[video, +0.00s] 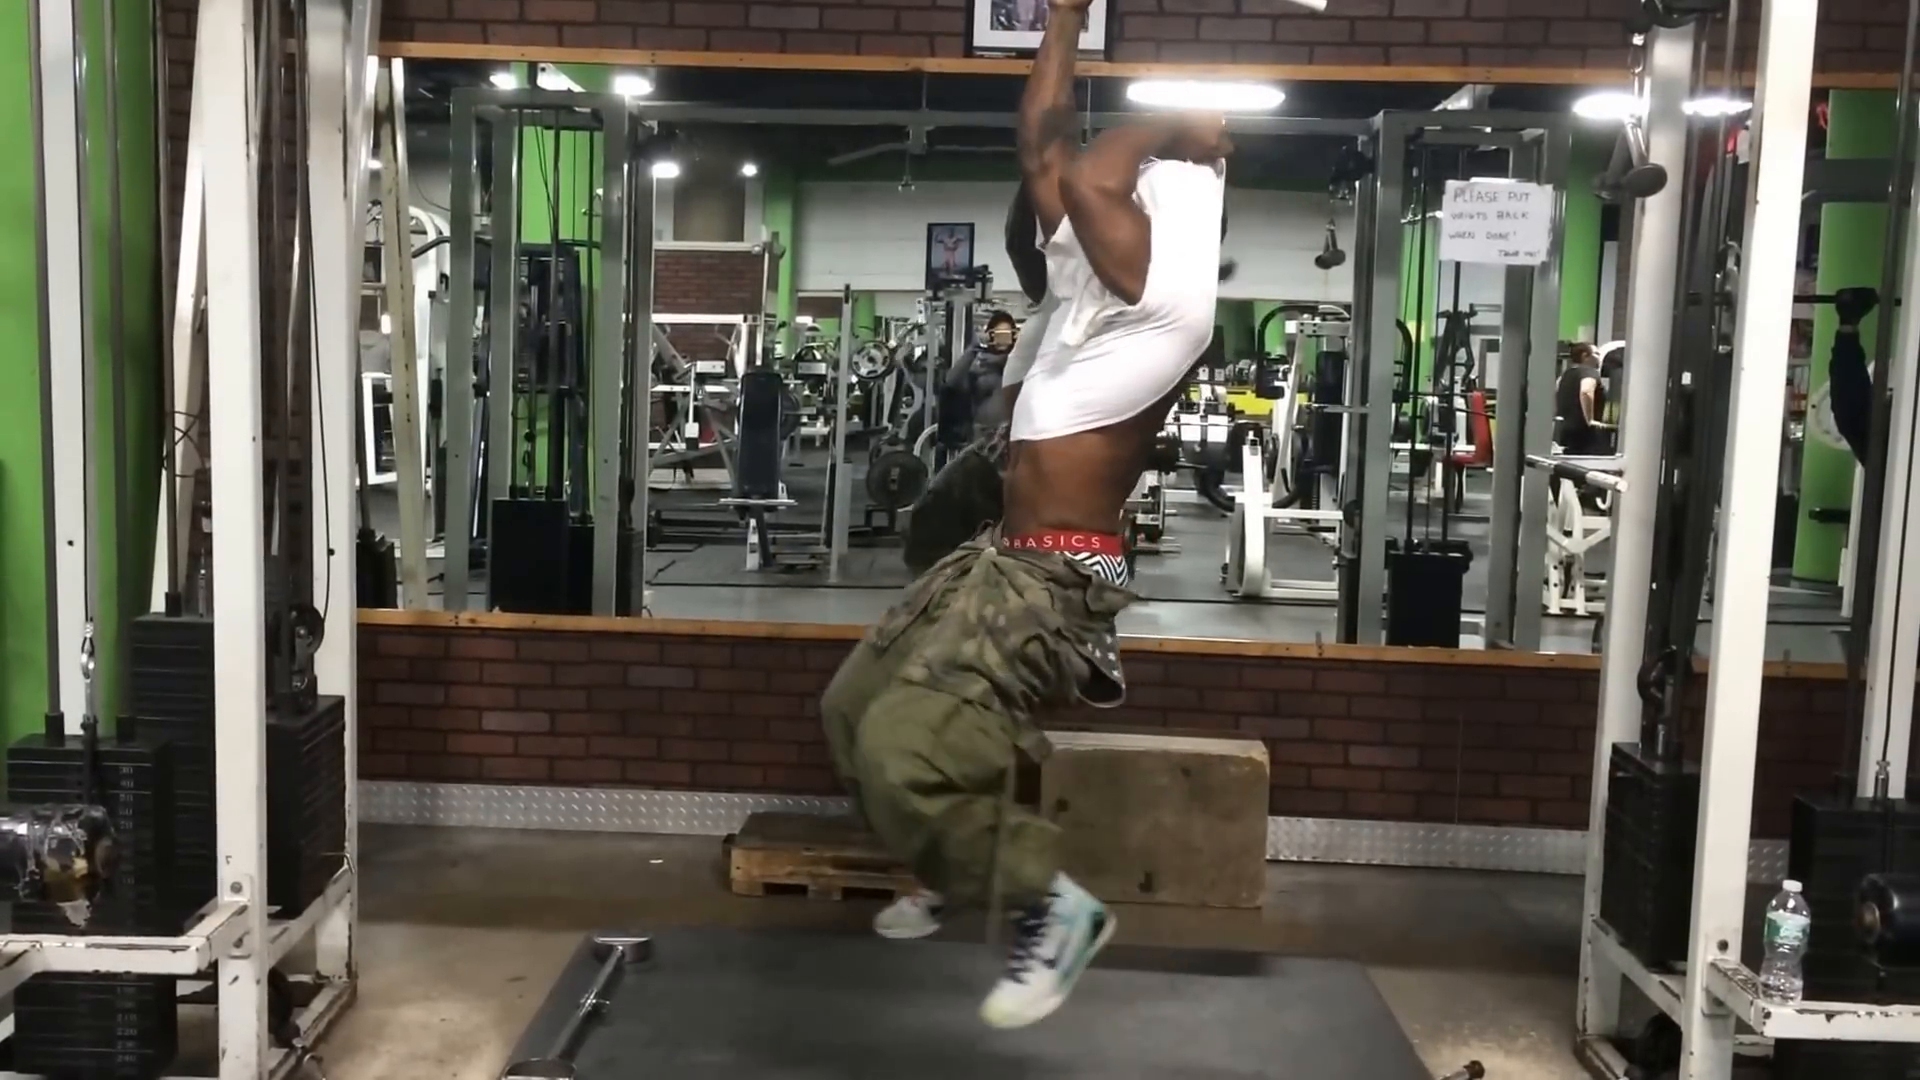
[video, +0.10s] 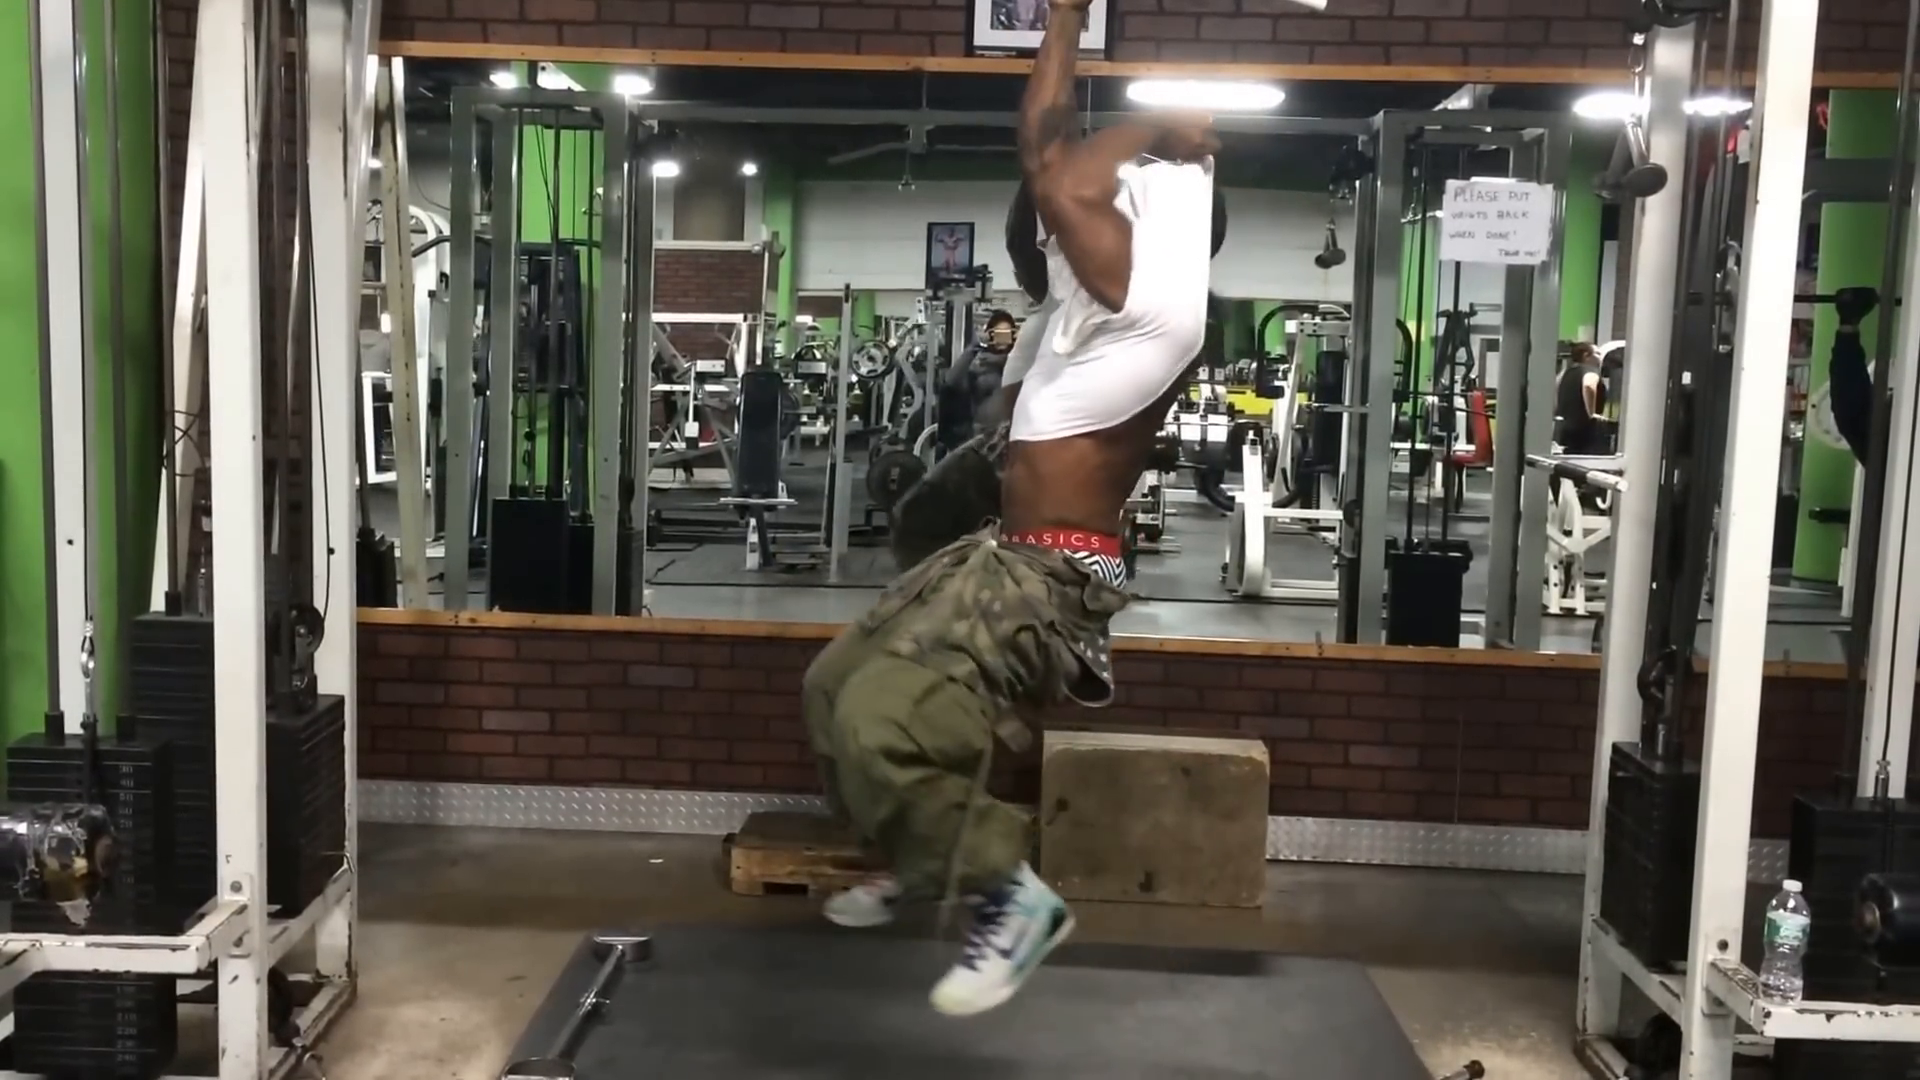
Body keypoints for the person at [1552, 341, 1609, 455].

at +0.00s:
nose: (1600, 358)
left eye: (1598, 354)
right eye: (1596, 353)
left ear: (1584, 356)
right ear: (1585, 356)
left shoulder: (1566, 374)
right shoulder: (1590, 372)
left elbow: (1557, 391)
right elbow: (1586, 393)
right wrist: (1590, 420)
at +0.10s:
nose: (1600, 358)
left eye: (1600, 354)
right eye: (1597, 353)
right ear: (1586, 356)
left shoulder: (1564, 373)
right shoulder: (1591, 372)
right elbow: (1588, 386)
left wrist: (1558, 409)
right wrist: (1592, 413)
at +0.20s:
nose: (1601, 357)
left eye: (1600, 353)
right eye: (1598, 353)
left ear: (1576, 358)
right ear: (1587, 356)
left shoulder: (1564, 372)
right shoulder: (1592, 370)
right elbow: (1589, 383)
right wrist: (1593, 410)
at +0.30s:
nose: (1602, 357)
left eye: (1601, 353)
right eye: (1598, 353)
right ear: (1588, 355)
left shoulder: (1565, 371)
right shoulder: (1593, 370)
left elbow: (1557, 377)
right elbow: (1590, 383)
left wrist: (1560, 405)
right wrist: (1593, 410)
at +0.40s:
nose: (1601, 356)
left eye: (1600, 352)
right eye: (1598, 352)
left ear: (1585, 355)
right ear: (1587, 354)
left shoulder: (1569, 371)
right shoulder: (1591, 370)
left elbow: (1557, 380)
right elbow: (1588, 386)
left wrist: (1559, 408)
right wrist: (1591, 413)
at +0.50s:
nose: (1599, 355)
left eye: (1598, 351)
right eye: (1596, 351)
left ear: (1583, 354)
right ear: (1585, 354)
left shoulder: (1570, 370)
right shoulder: (1588, 370)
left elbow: (1557, 387)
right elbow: (1584, 391)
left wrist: (1560, 409)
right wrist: (1589, 420)